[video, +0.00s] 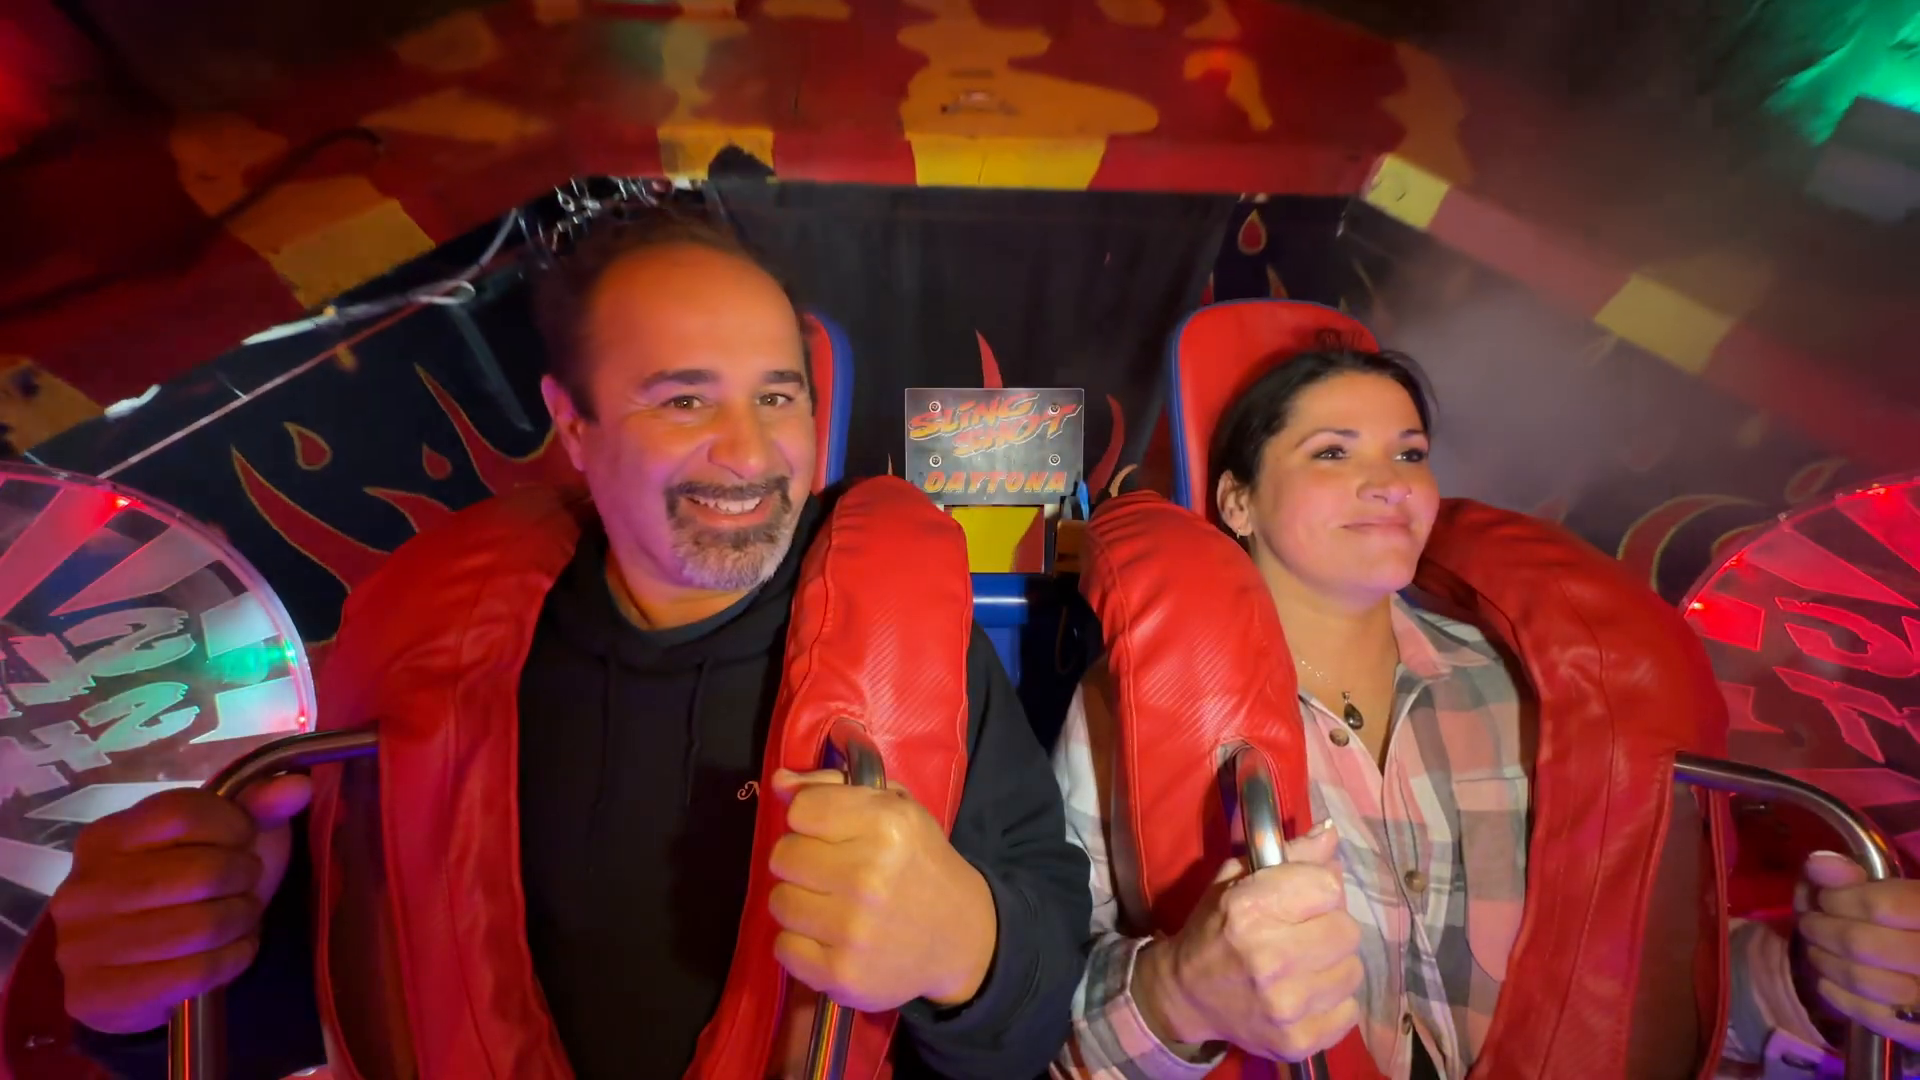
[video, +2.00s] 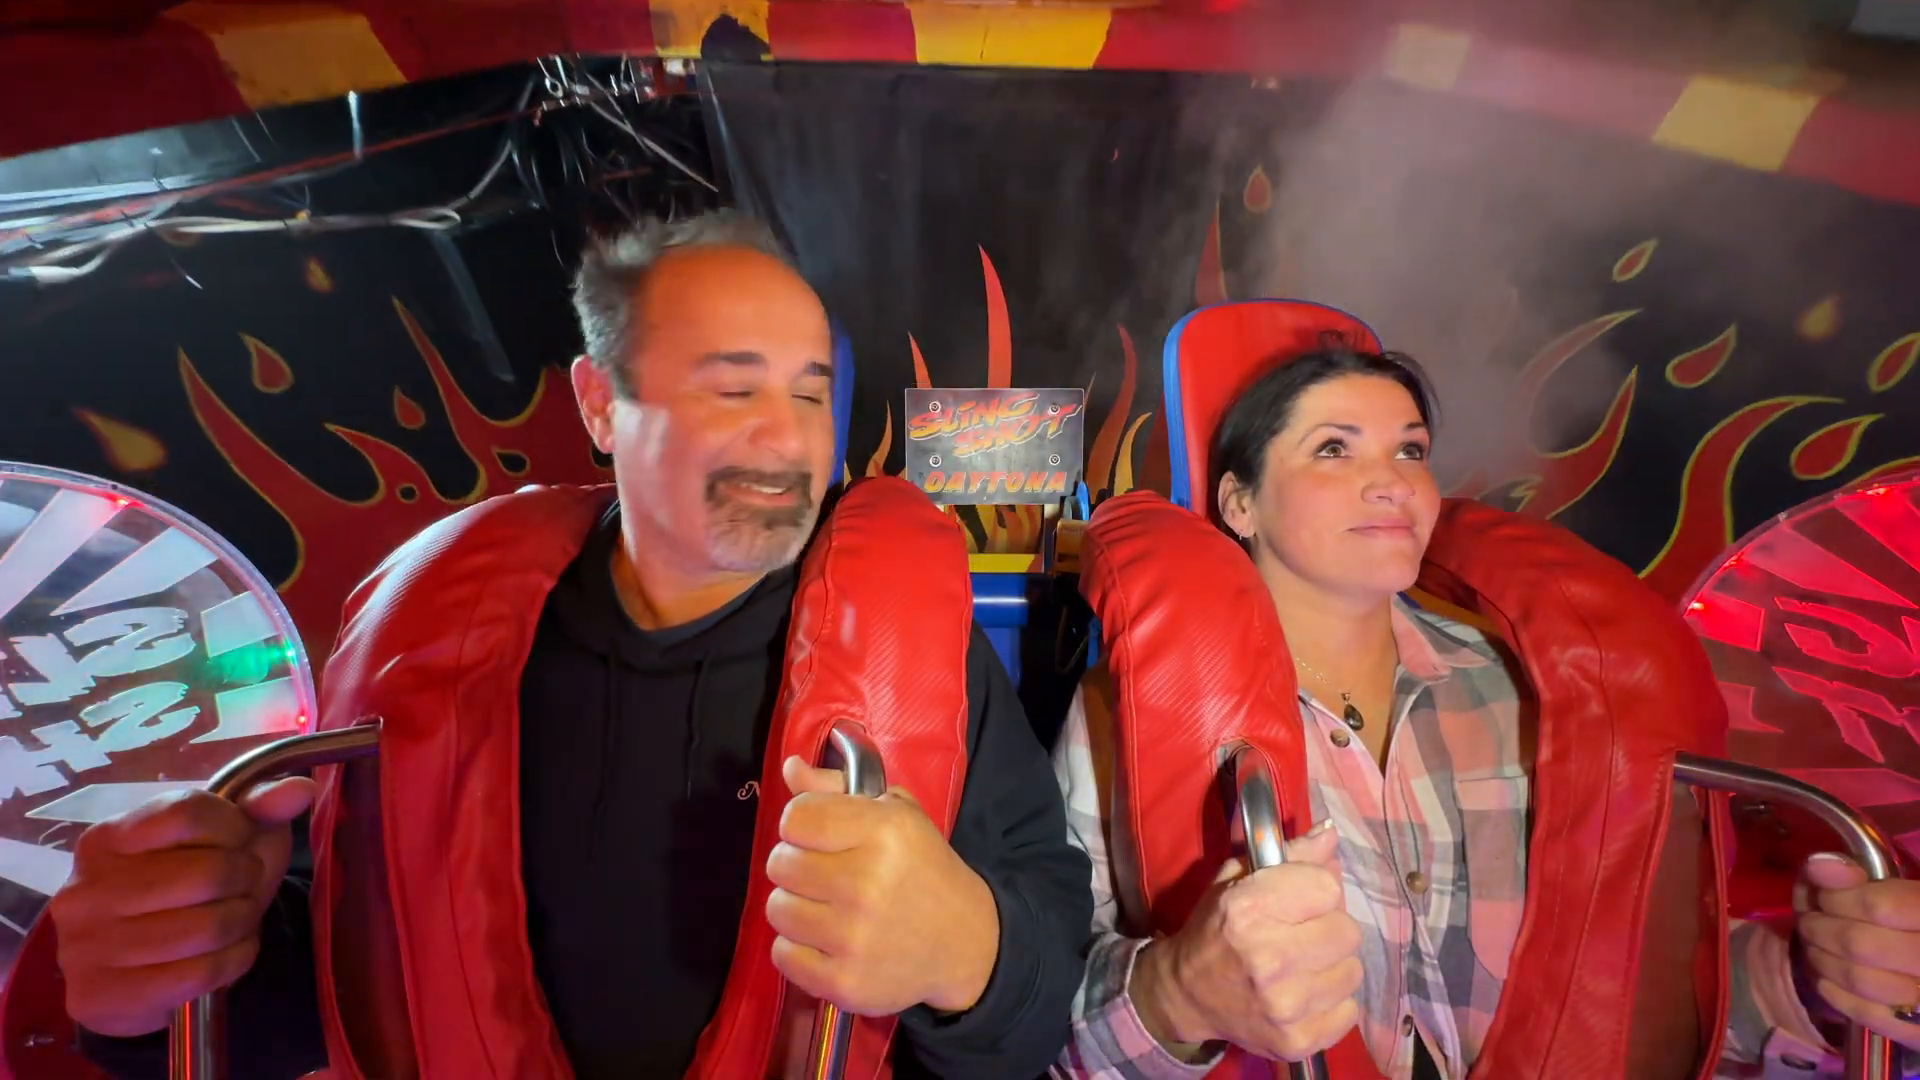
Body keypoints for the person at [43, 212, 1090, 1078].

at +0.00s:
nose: (747, 457)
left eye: (778, 398)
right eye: (681, 402)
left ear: (814, 409)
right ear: (570, 430)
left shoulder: (917, 654)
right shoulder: (425, 643)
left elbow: (1043, 979)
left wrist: (974, 945)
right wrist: (105, 972)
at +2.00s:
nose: (785, 440)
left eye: (811, 395)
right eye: (728, 391)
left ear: (838, 415)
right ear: (601, 412)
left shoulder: (918, 653)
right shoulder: (437, 633)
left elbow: (1041, 1006)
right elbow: (317, 991)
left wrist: (978, 955)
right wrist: (122, 977)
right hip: (497, 1062)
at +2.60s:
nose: (652, 393)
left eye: (712, 355)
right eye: (616, 358)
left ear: (801, 418)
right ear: (569, 426)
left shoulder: (923, 649)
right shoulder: (429, 637)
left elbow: (1047, 1012)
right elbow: (312, 1000)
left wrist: (978, 953)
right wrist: (117, 976)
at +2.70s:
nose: (665, 384)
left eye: (725, 348)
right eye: (627, 351)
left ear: (807, 413)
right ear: (576, 427)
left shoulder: (922, 654)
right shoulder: (425, 632)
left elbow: (1051, 1016)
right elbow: (301, 990)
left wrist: (977, 951)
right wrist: (103, 972)